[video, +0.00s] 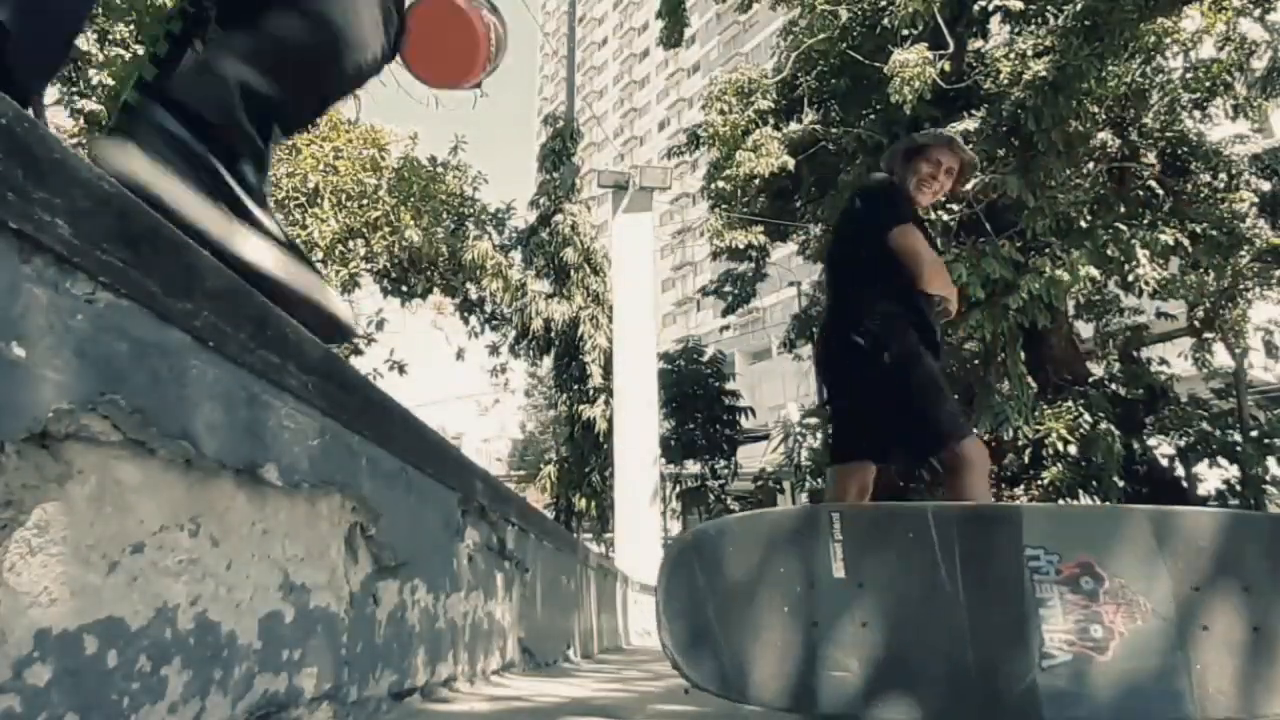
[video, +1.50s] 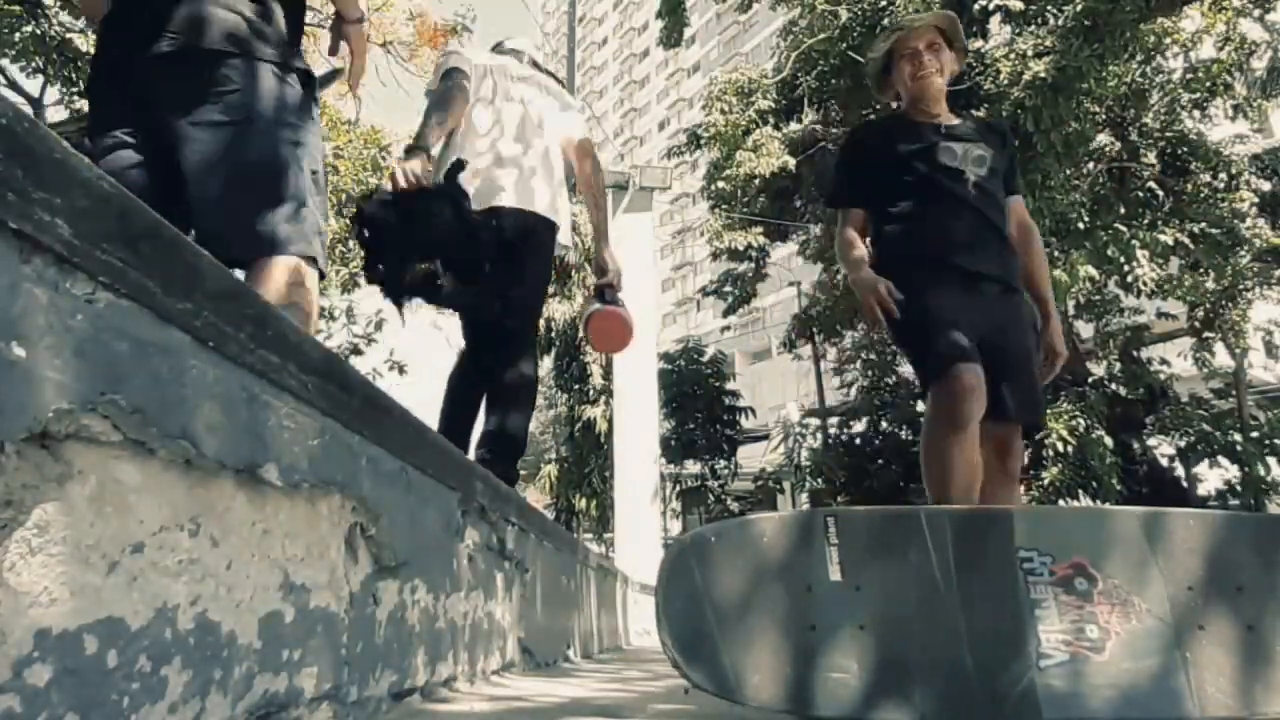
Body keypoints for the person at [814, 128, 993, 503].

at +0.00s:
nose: (937, 176)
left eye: (948, 174)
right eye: (930, 163)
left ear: (950, 187)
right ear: (905, 160)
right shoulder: (880, 193)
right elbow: (928, 274)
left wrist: (941, 297)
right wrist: (949, 296)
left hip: (843, 347)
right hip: (880, 344)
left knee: (852, 480)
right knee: (969, 455)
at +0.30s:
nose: (871, 170)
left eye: (881, 163)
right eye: (862, 160)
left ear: (890, 177)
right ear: (839, 167)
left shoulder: (871, 240)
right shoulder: (819, 212)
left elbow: (892, 316)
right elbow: (833, 278)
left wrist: (936, 375)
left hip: (864, 352)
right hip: (832, 345)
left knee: (846, 483)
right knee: (907, 452)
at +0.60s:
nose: (859, 150)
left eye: (866, 144)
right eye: (845, 143)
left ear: (874, 162)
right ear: (822, 160)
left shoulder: (866, 231)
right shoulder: (804, 204)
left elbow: (903, 303)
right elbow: (759, 273)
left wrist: (970, 356)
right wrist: (726, 341)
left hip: (879, 353)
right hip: (840, 346)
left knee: (851, 476)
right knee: (870, 471)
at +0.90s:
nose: (854, 124)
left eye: (860, 118)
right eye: (840, 119)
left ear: (870, 136)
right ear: (816, 140)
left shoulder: (884, 204)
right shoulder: (798, 187)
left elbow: (909, 285)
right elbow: (787, 276)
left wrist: (944, 349)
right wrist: (804, 352)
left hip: (907, 336)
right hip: (846, 332)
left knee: (946, 475)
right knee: (857, 469)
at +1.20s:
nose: (890, 95)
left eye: (898, 89)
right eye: (875, 90)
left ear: (907, 110)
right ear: (849, 114)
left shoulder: (919, 175)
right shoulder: (835, 159)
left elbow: (956, 260)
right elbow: (815, 240)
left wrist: (1012, 319)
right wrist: (826, 305)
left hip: (959, 324)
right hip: (889, 326)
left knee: (1009, 445)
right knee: (893, 460)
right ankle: (823, 567)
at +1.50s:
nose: (922, 59)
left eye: (932, 48)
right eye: (908, 56)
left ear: (954, 63)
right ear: (892, 82)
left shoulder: (991, 136)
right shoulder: (872, 140)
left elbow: (1020, 227)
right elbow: (850, 229)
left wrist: (1050, 314)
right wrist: (859, 272)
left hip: (1000, 288)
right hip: (923, 284)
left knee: (1006, 439)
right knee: (962, 387)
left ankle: (996, 572)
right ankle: (954, 558)